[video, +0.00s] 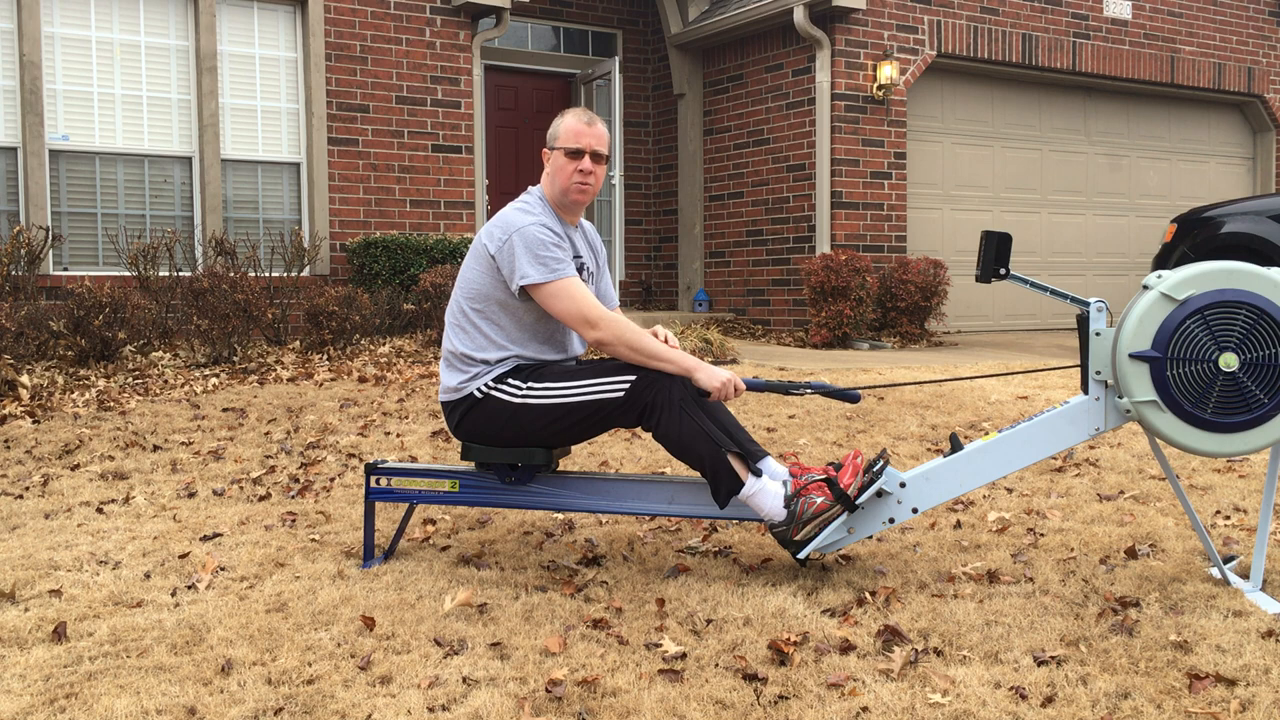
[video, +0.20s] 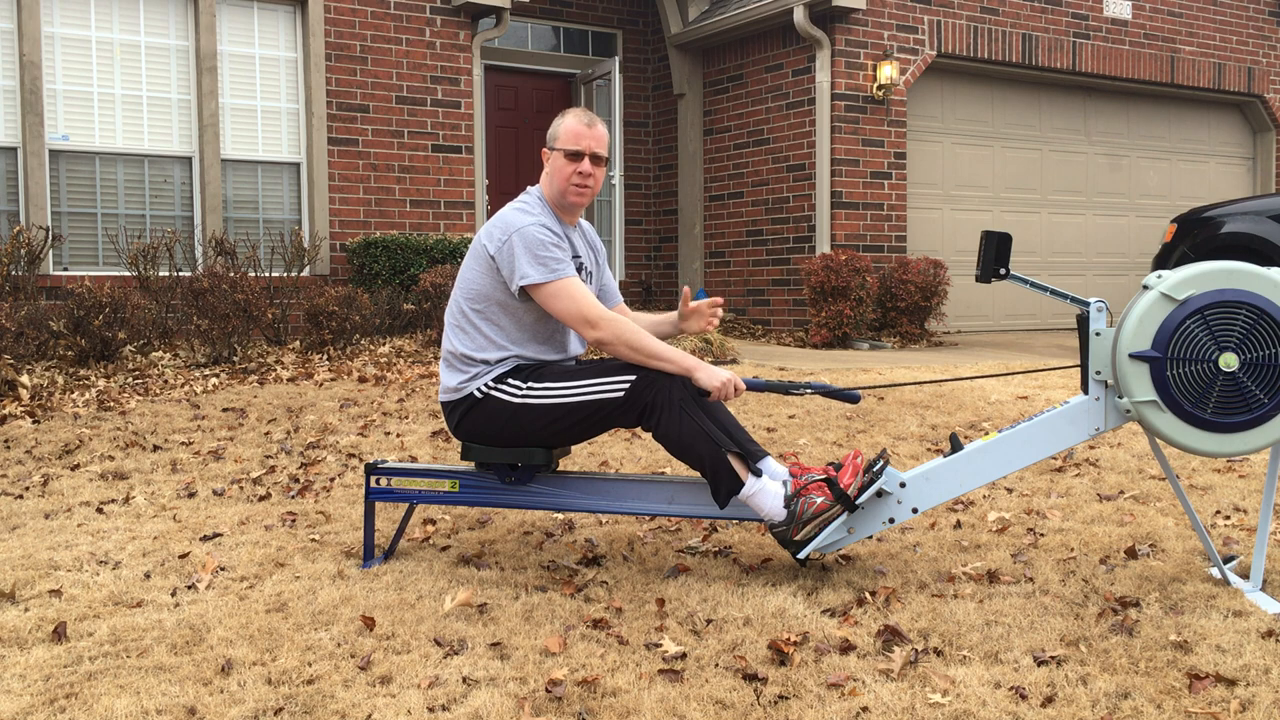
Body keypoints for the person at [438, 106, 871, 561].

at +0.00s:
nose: (586, 167)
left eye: (598, 158)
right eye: (573, 154)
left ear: (607, 169)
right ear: (545, 158)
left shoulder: (586, 239)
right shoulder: (523, 226)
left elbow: (608, 328)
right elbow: (594, 326)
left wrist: (674, 356)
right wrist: (699, 369)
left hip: (540, 376)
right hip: (487, 391)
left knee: (675, 378)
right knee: (652, 386)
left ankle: (788, 485)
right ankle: (777, 510)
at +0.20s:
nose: (585, 170)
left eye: (597, 161)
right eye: (573, 156)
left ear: (606, 170)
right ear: (545, 158)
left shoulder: (583, 236)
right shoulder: (523, 226)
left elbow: (614, 322)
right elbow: (594, 327)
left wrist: (676, 323)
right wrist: (697, 369)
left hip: (540, 376)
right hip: (487, 391)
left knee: (675, 377)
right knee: (651, 386)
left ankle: (787, 484)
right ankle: (777, 510)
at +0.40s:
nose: (588, 172)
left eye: (600, 162)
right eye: (576, 157)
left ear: (608, 172)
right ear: (547, 159)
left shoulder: (586, 238)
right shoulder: (524, 226)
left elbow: (620, 329)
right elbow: (596, 329)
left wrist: (662, 273)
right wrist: (698, 369)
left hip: (540, 376)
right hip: (488, 391)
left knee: (674, 376)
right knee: (652, 387)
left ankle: (787, 486)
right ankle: (776, 510)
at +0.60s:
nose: (589, 172)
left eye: (601, 163)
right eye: (577, 157)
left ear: (609, 172)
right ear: (548, 158)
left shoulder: (587, 238)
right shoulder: (524, 226)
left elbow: (625, 335)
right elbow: (595, 328)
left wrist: (639, 277)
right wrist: (698, 369)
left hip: (539, 377)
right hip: (488, 390)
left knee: (674, 378)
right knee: (652, 387)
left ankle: (788, 485)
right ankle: (777, 510)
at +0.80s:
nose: (591, 173)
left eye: (602, 164)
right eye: (578, 158)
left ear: (609, 173)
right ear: (548, 159)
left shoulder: (587, 237)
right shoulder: (524, 227)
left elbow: (630, 336)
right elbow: (594, 329)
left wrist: (633, 284)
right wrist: (698, 369)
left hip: (539, 376)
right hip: (487, 390)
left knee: (674, 378)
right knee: (651, 387)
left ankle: (787, 485)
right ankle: (776, 510)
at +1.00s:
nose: (591, 172)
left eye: (603, 164)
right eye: (579, 158)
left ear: (610, 174)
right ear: (549, 159)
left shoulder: (586, 237)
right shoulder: (525, 226)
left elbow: (631, 336)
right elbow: (593, 328)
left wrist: (632, 284)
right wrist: (698, 369)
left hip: (538, 376)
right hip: (487, 390)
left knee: (674, 377)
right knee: (651, 387)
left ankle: (786, 483)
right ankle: (775, 509)